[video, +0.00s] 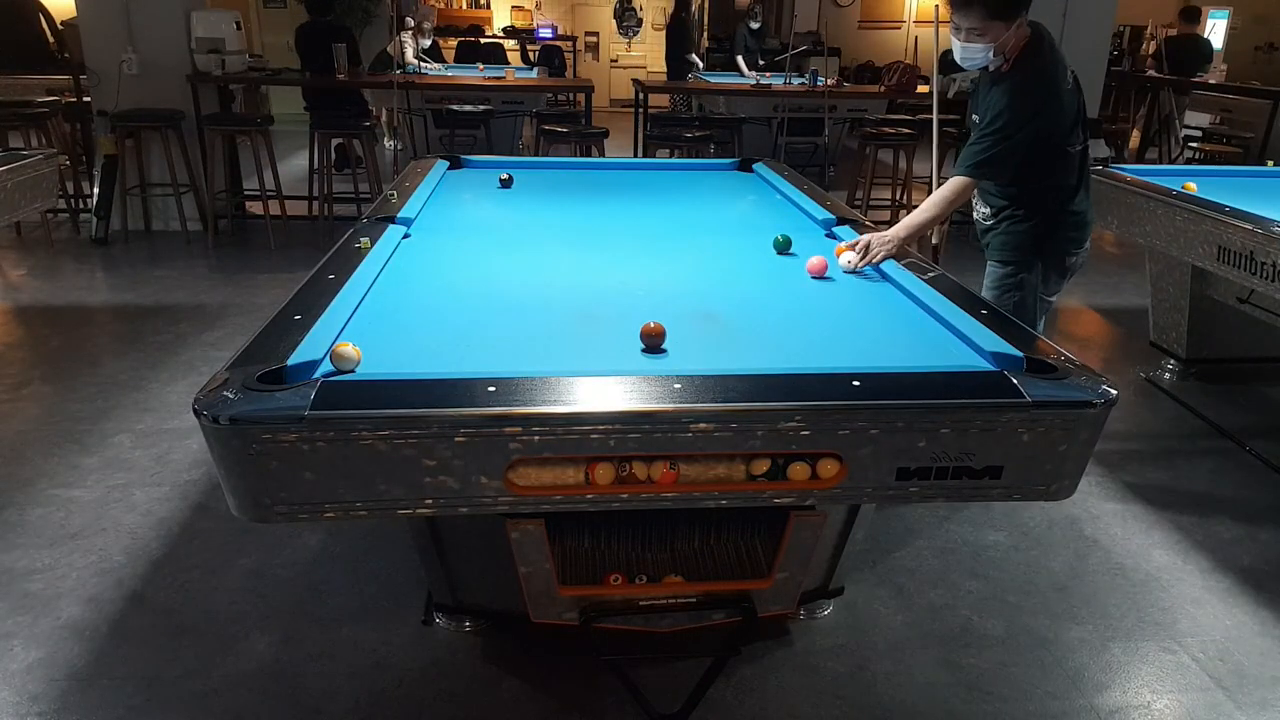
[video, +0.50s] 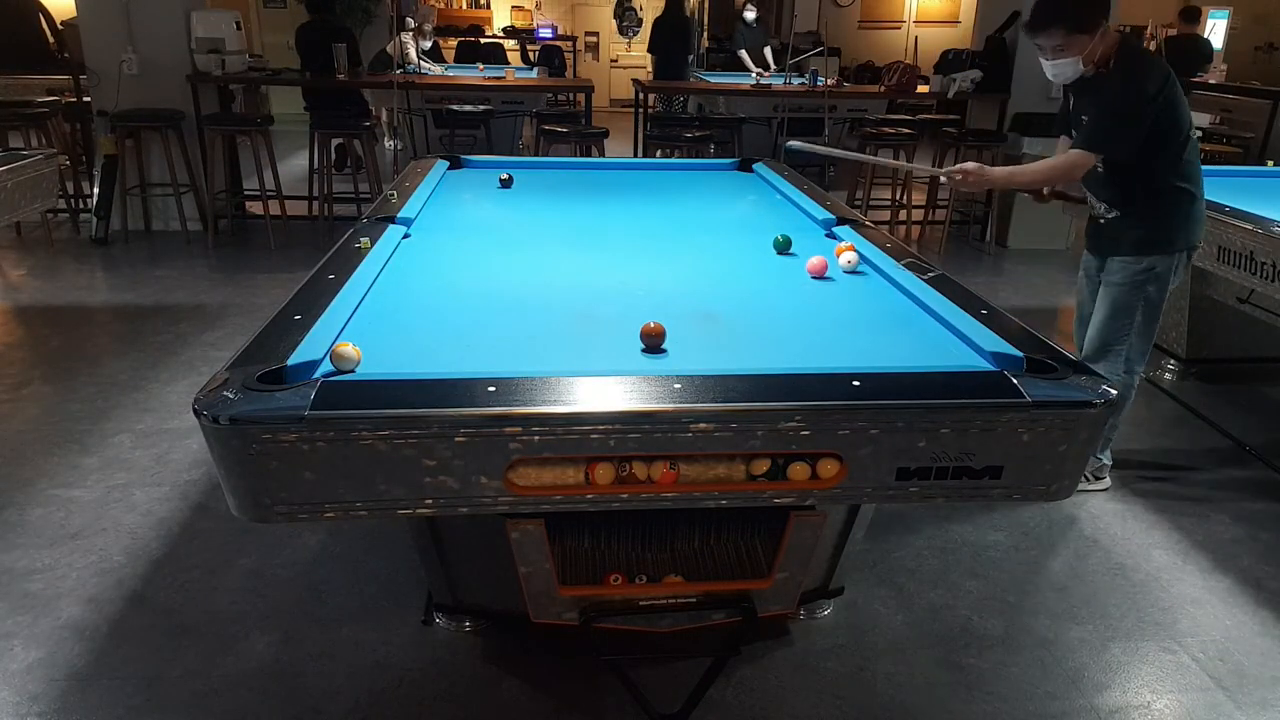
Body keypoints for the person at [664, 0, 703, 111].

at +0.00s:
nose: (694, 8)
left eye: (693, 5)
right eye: (693, 5)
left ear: (678, 5)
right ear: (687, 6)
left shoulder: (673, 20)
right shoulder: (683, 21)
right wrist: (698, 62)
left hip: (673, 67)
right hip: (682, 68)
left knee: (675, 101)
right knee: (683, 102)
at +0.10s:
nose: (700, 11)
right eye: (699, 8)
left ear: (683, 6)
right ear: (696, 9)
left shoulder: (671, 22)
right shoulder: (695, 25)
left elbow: (663, 51)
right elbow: (700, 56)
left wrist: (666, 68)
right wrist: (704, 70)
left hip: (670, 72)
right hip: (688, 74)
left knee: (674, 107)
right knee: (684, 108)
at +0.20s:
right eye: (698, 5)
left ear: (680, 5)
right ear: (695, 7)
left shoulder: (669, 21)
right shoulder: (697, 25)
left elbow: (660, 51)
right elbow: (699, 57)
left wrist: (655, 73)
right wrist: (692, 69)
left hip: (669, 76)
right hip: (688, 77)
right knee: (683, 113)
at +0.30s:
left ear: (672, 6)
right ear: (688, 8)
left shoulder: (664, 22)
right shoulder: (692, 23)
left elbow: (657, 53)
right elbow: (694, 55)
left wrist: (653, 74)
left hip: (665, 73)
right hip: (685, 75)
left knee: (668, 111)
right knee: (681, 111)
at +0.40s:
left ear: (668, 6)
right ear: (685, 7)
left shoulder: (661, 21)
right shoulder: (689, 23)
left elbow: (653, 49)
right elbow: (694, 51)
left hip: (663, 71)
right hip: (682, 72)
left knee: (663, 107)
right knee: (679, 108)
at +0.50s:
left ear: (666, 4)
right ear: (682, 5)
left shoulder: (658, 21)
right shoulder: (687, 22)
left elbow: (652, 51)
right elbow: (690, 51)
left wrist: (654, 70)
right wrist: (684, 65)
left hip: (661, 70)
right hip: (681, 71)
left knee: (663, 106)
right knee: (678, 107)